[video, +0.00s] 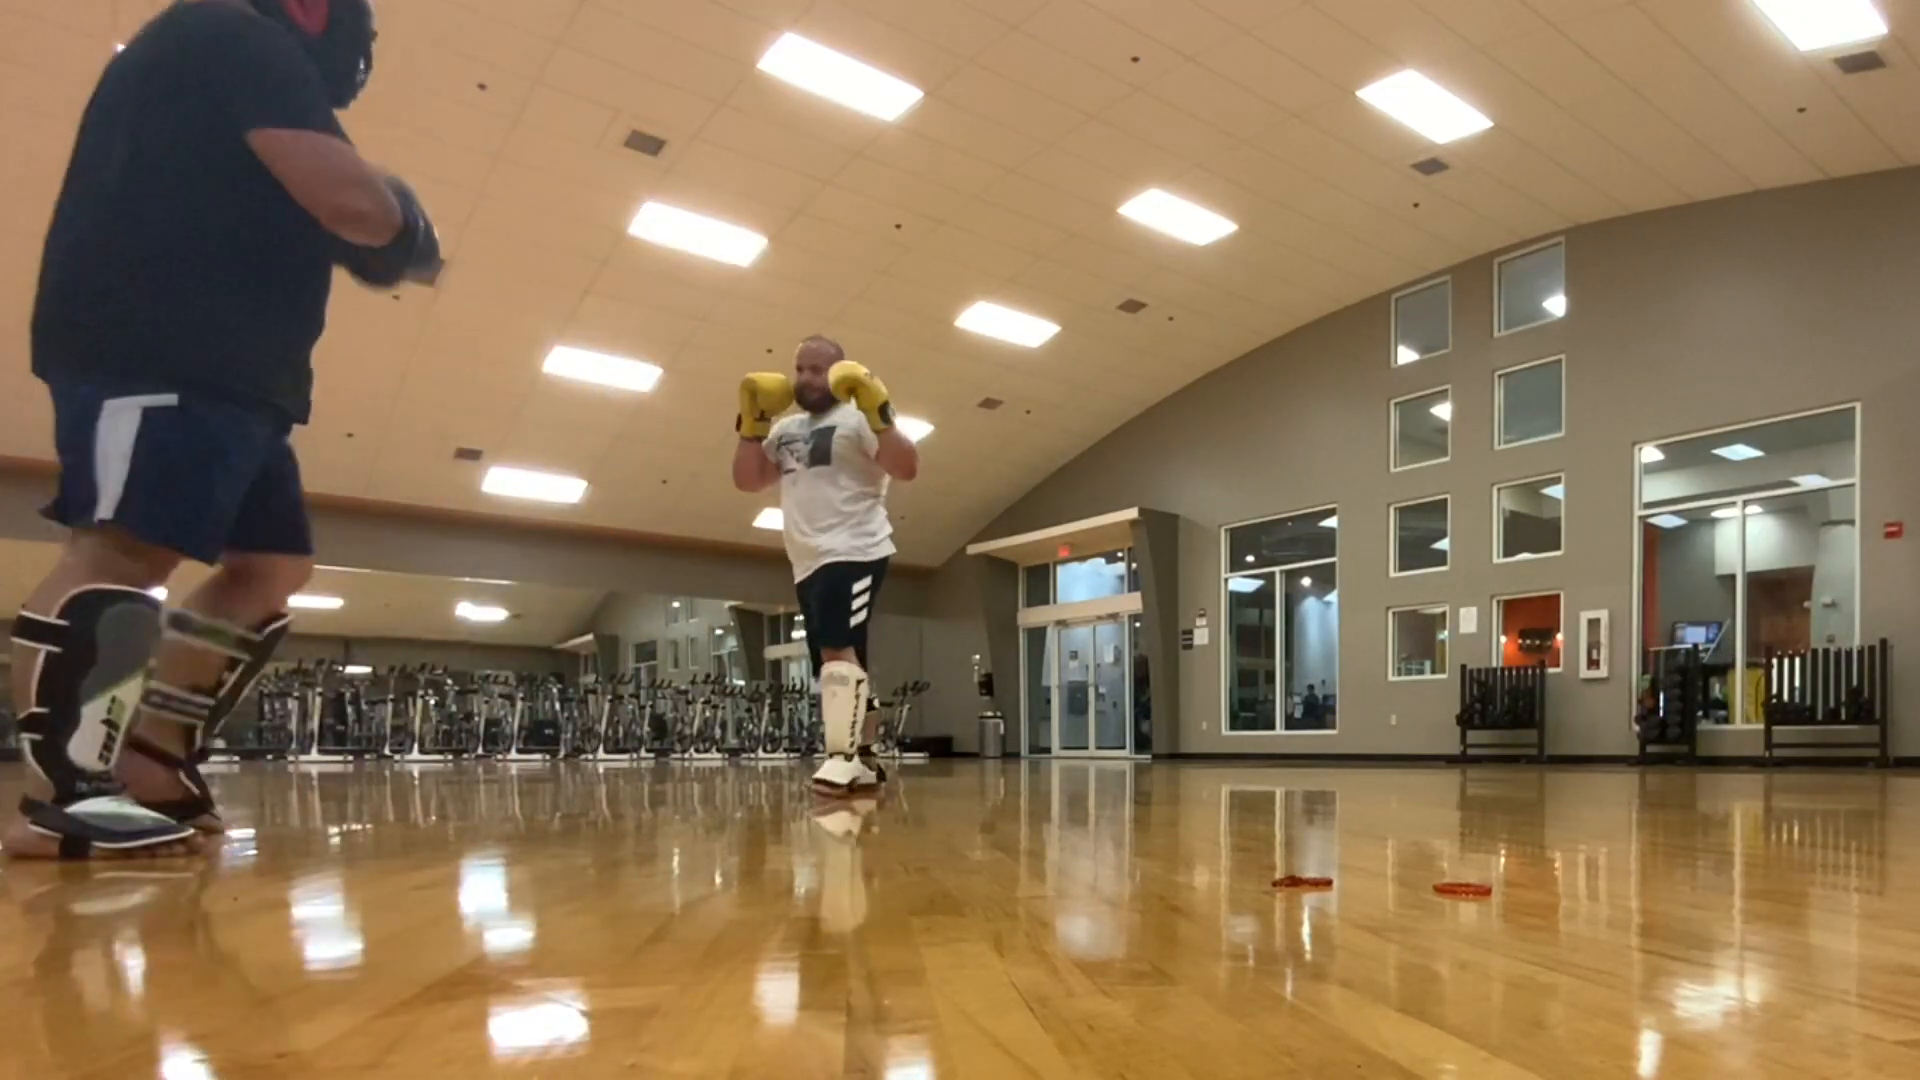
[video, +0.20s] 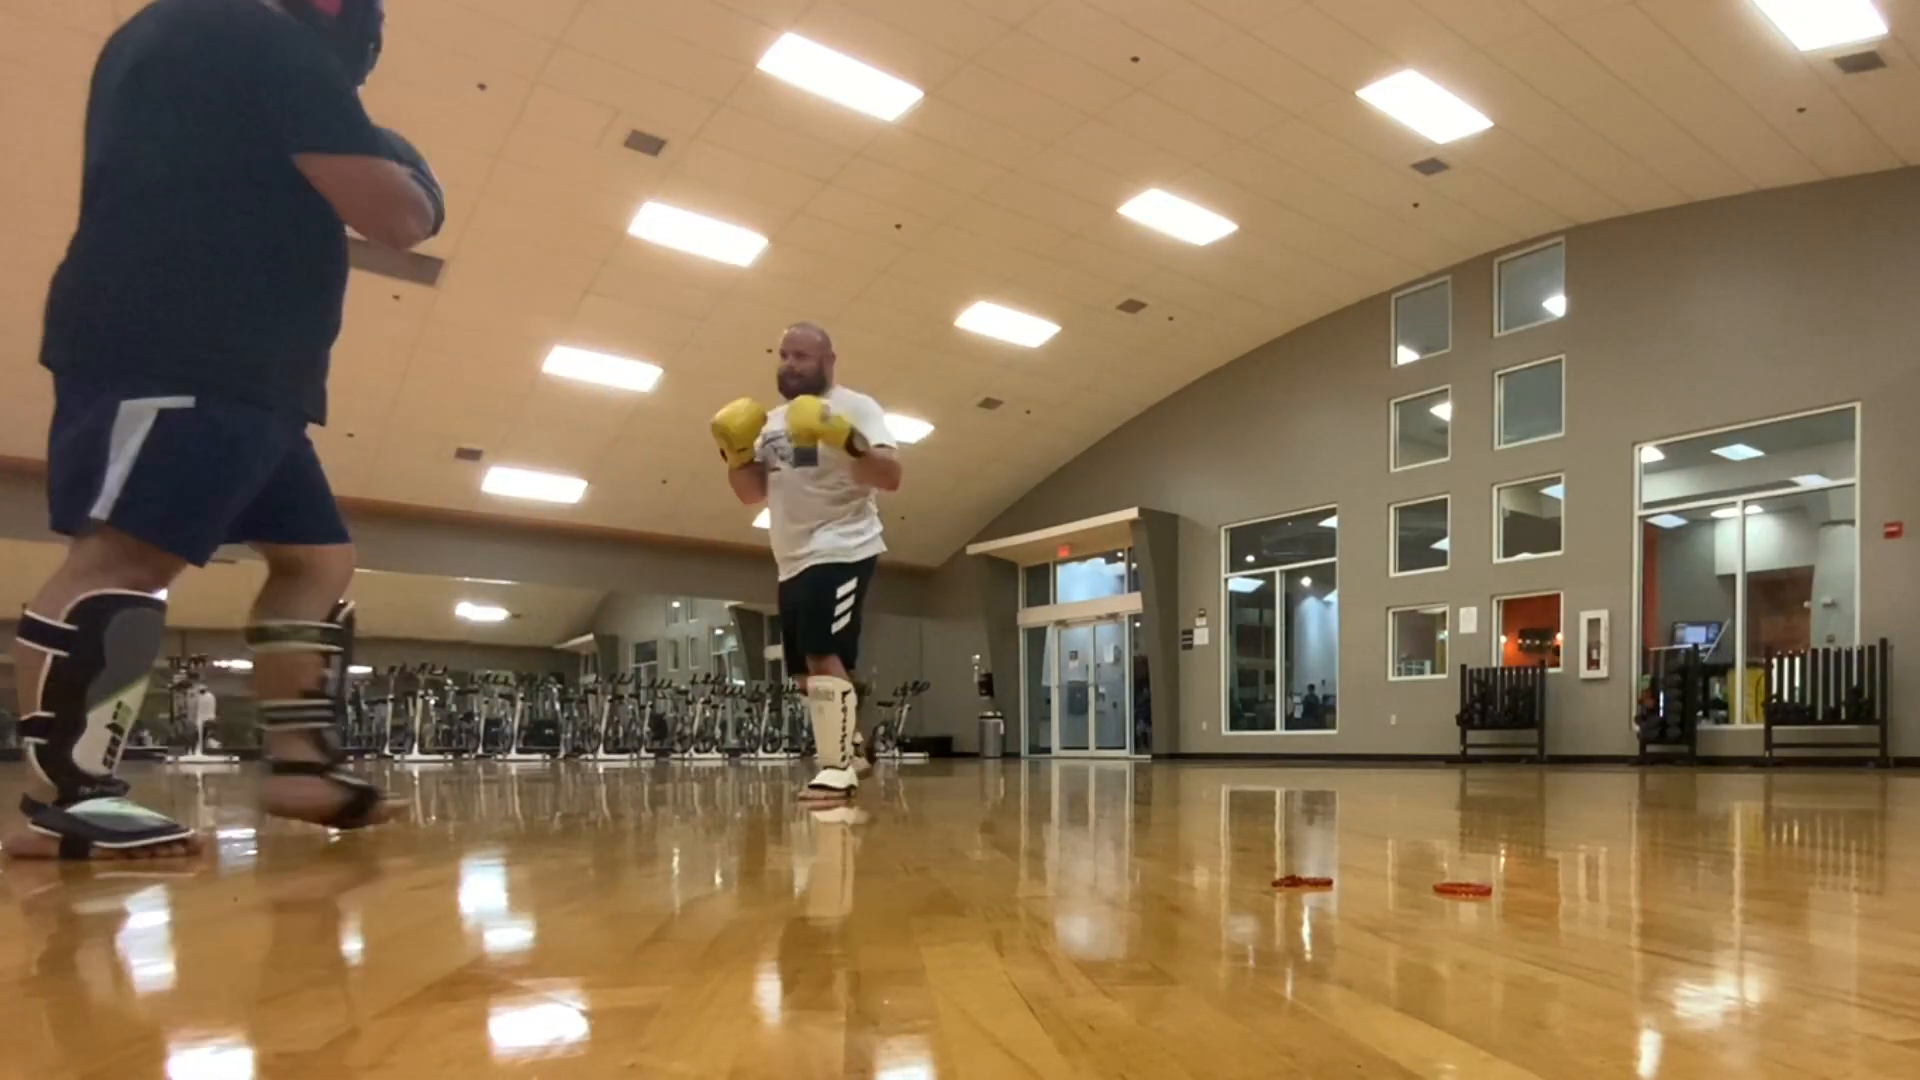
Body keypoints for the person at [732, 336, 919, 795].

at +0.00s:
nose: (810, 378)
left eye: (820, 370)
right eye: (803, 370)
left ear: (840, 374)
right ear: (793, 375)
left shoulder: (857, 418)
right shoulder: (785, 428)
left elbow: (906, 469)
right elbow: (748, 480)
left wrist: (881, 417)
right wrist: (750, 427)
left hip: (856, 549)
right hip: (810, 558)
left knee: (835, 647)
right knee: (840, 659)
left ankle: (841, 757)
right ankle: (863, 758)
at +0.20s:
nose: (789, 364)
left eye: (802, 356)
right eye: (784, 355)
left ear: (829, 363)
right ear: (777, 361)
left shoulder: (856, 408)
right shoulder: (770, 423)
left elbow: (890, 478)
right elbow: (752, 495)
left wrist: (846, 441)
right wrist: (734, 453)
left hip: (844, 544)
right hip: (794, 555)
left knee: (822, 650)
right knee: (804, 664)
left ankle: (835, 772)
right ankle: (845, 756)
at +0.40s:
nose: (776, 332)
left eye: (788, 324)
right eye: (770, 323)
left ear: (811, 339)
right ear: (761, 340)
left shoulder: (834, 382)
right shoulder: (755, 401)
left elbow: (863, 432)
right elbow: (721, 459)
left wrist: (818, 376)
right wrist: (714, 409)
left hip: (829, 541)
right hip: (773, 546)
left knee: (825, 653)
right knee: (753, 652)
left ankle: (837, 770)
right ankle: (786, 747)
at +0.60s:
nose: (752, 332)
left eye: (766, 322)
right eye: (745, 323)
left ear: (789, 335)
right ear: (735, 341)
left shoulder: (809, 382)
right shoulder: (725, 401)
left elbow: (839, 428)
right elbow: (690, 460)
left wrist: (799, 371)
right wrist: (686, 409)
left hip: (804, 545)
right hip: (741, 552)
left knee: (817, 654)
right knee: (729, 658)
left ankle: (836, 769)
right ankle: (716, 767)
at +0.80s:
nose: (717, 338)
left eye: (730, 331)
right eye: (709, 329)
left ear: (755, 342)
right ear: (697, 339)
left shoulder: (784, 388)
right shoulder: (683, 395)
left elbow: (830, 461)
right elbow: (651, 471)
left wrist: (798, 423)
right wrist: (660, 429)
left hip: (769, 536)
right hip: (705, 546)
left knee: (779, 635)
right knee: (705, 658)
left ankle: (818, 750)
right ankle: (710, 766)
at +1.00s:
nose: (707, 330)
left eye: (721, 324)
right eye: (699, 320)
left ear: (741, 338)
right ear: (684, 331)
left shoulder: (766, 382)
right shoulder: (664, 384)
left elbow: (817, 447)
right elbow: (626, 434)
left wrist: (815, 393)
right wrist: (639, 373)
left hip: (750, 534)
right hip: (686, 540)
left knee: (754, 646)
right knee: (706, 661)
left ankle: (769, 759)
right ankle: (705, 767)